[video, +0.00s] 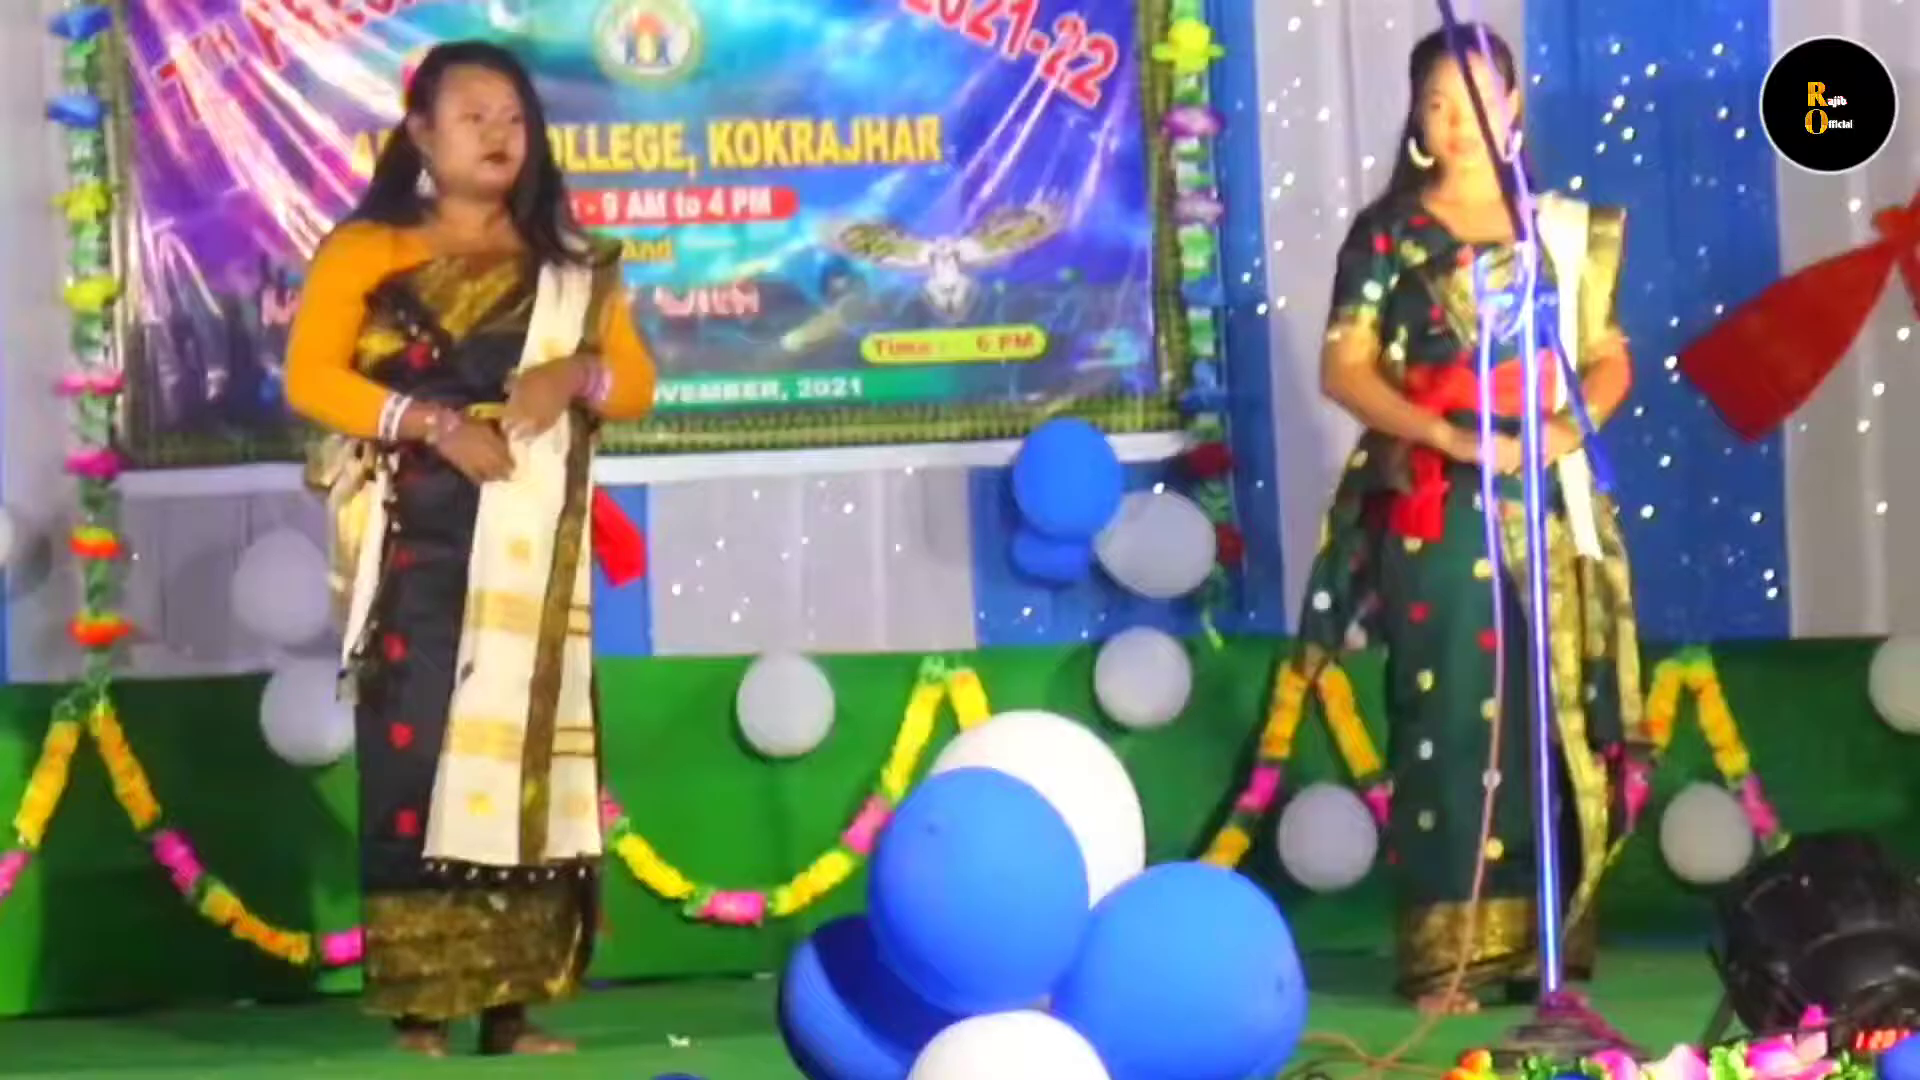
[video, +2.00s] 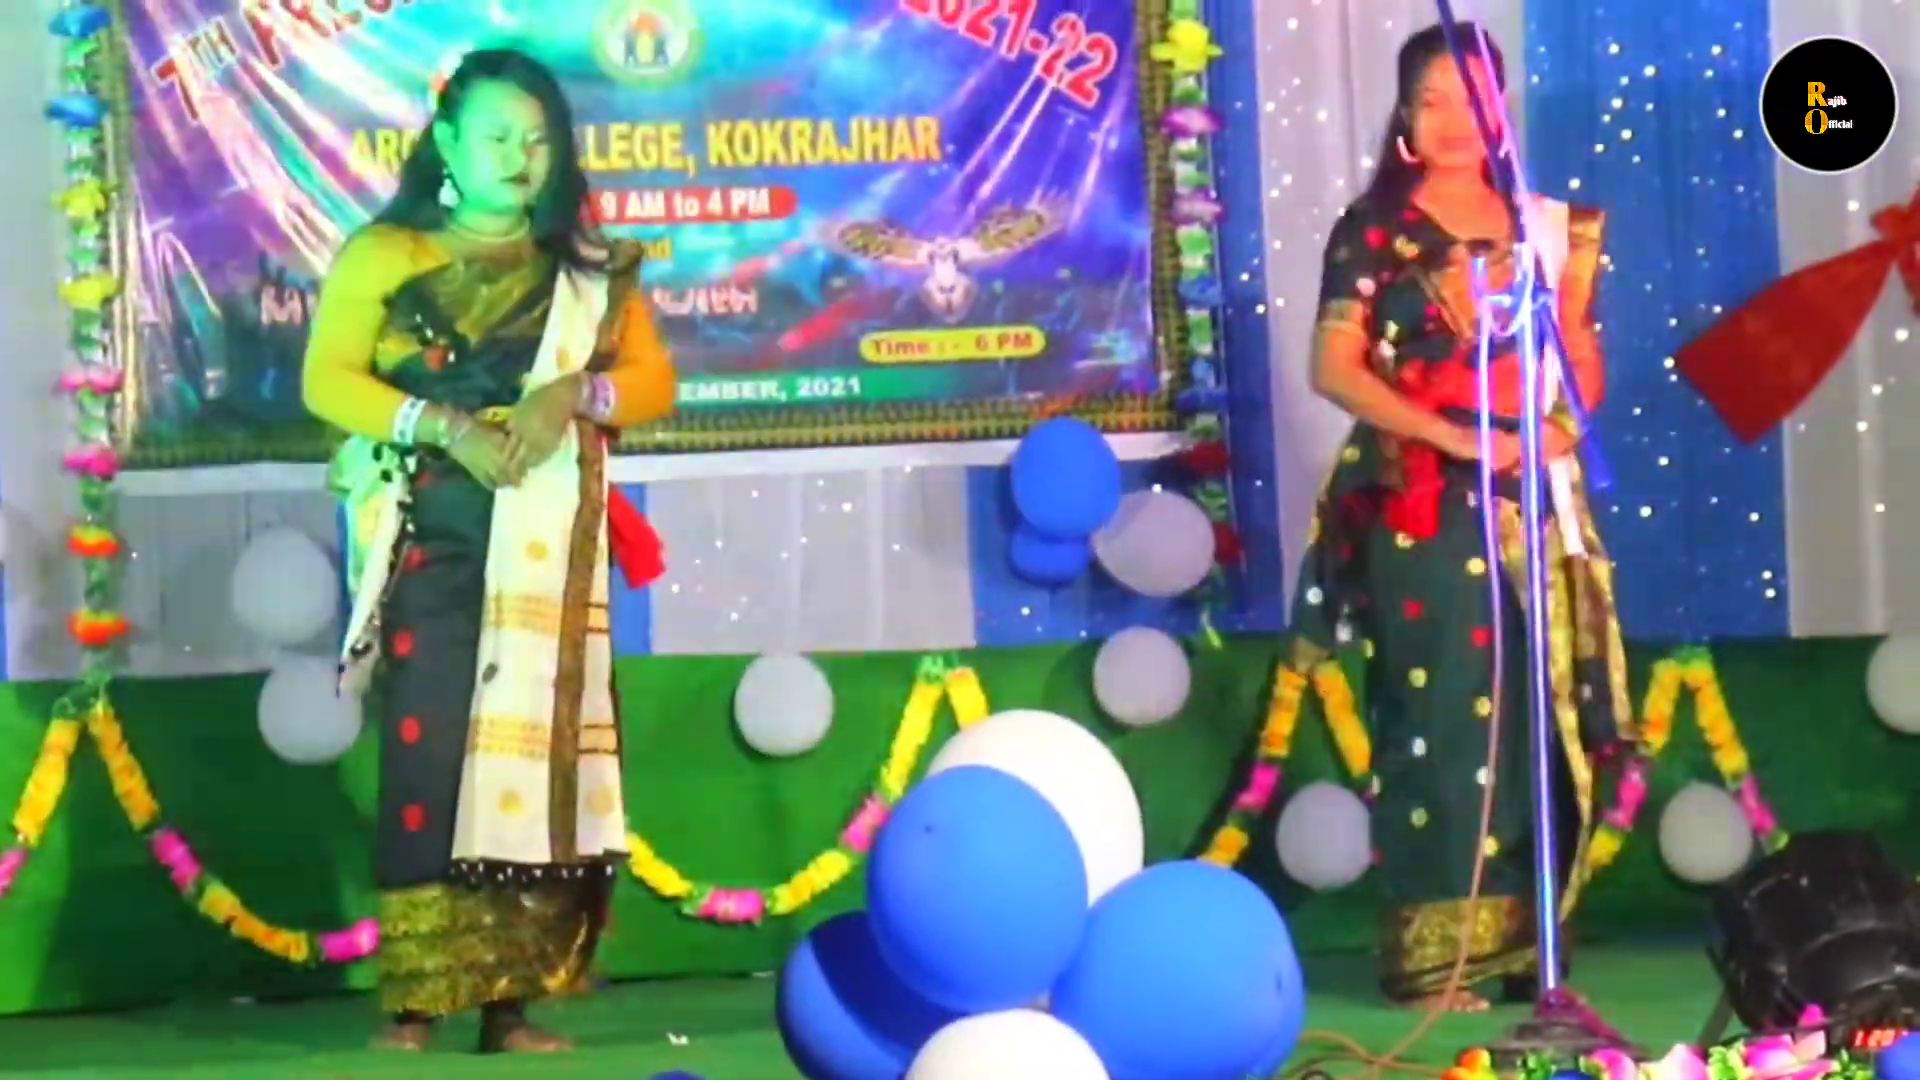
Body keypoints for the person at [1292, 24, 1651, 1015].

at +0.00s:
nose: (1444, 120)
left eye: (1465, 102)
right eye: (1430, 105)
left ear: (1509, 108)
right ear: (1415, 118)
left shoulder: (1568, 230)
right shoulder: (1388, 233)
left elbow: (1611, 363)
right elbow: (1343, 371)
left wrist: (1564, 428)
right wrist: (1449, 436)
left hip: (1550, 506)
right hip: (1438, 509)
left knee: (1556, 716)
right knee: (1445, 718)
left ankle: (1554, 955)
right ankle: (1446, 956)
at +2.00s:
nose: (1443, 122)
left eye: (1461, 105)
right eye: (1426, 105)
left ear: (1494, 113)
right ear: (1404, 117)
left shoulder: (1548, 227)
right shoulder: (1372, 230)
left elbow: (1584, 389)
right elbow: (1334, 369)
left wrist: (1571, 304)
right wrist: (1456, 436)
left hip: (1535, 504)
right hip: (1424, 507)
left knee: (1541, 716)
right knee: (1440, 718)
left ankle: (1530, 951)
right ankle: (1434, 956)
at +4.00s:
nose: (1452, 134)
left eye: (1467, 116)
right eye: (1432, 116)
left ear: (1490, 124)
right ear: (1398, 126)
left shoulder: (1525, 234)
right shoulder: (1366, 242)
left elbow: (1560, 391)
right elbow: (1328, 385)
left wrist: (1561, 308)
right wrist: (1457, 451)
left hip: (1529, 515)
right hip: (1426, 520)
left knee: (1538, 729)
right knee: (1440, 730)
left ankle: (1530, 967)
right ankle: (1438, 968)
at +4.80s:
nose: (1466, 131)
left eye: (1481, 111)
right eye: (1446, 112)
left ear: (1504, 119)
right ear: (1413, 125)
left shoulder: (1520, 234)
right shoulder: (1401, 235)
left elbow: (1548, 372)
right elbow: (1367, 385)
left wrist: (1550, 434)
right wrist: (1478, 459)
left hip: (1516, 512)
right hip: (1432, 515)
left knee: (1520, 727)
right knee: (1438, 729)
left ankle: (1512, 955)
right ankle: (1428, 963)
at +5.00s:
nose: (1503, 139)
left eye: (1510, 119)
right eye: (1478, 125)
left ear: (1530, 129)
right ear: (1441, 145)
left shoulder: (1525, 248)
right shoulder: (1448, 244)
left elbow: (1536, 390)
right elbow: (1441, 391)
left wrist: (1609, 446)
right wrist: (1549, 435)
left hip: (1513, 529)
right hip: (1460, 531)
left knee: (1563, 727)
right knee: (1554, 727)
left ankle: (1451, 907)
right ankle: (1477, 929)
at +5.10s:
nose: (1524, 113)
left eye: (1529, 93)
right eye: (1502, 101)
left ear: (1541, 99)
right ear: (1459, 122)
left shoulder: (1535, 210)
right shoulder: (1457, 207)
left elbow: (1626, 332)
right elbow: (1491, 330)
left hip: (1544, 505)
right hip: (1480, 508)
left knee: (1536, 712)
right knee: (1571, 699)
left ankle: (1496, 944)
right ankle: (1487, 930)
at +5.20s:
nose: (1539, 129)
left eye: (1543, 109)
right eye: (1516, 114)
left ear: (1551, 113)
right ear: (1469, 130)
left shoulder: (1522, 226)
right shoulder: (1462, 228)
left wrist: (1596, 296)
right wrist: (1593, 306)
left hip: (1549, 531)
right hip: (1495, 542)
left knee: (1567, 739)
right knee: (1564, 740)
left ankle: (1513, 959)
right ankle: (1502, 964)